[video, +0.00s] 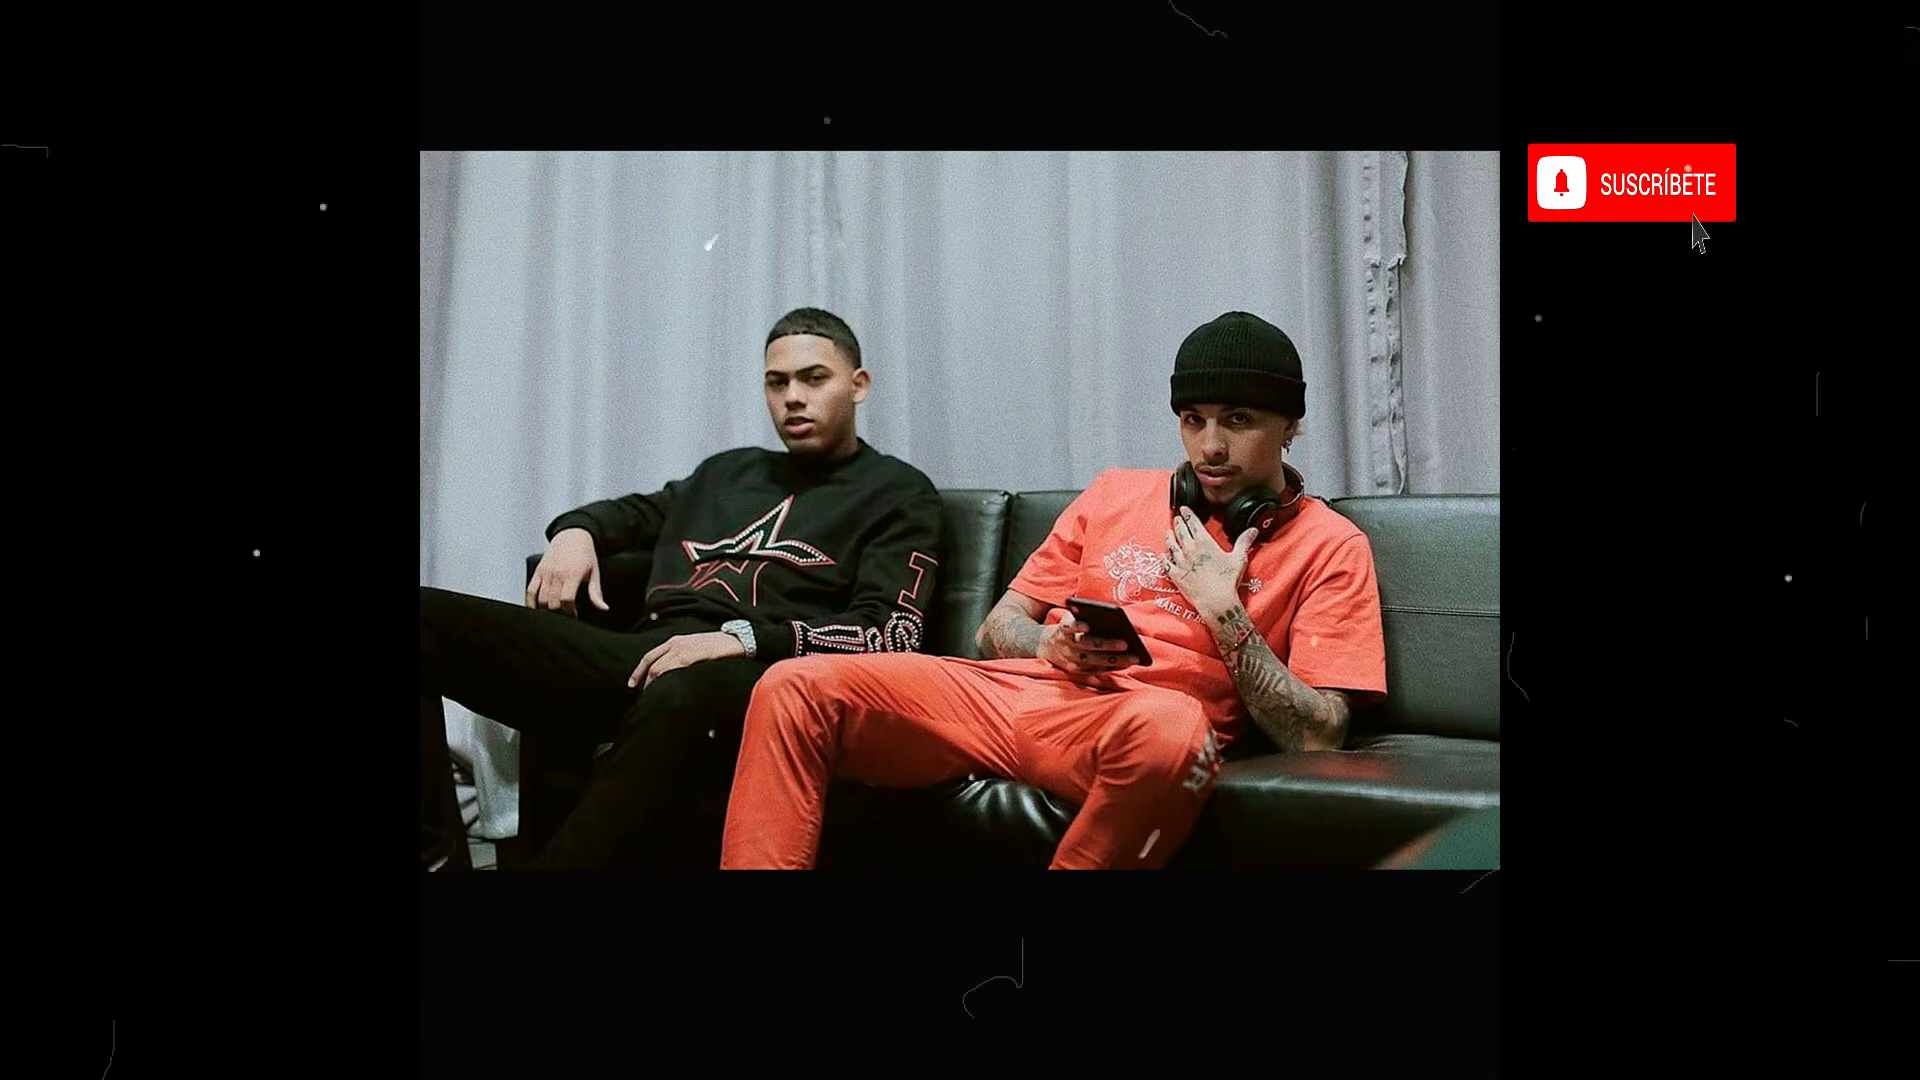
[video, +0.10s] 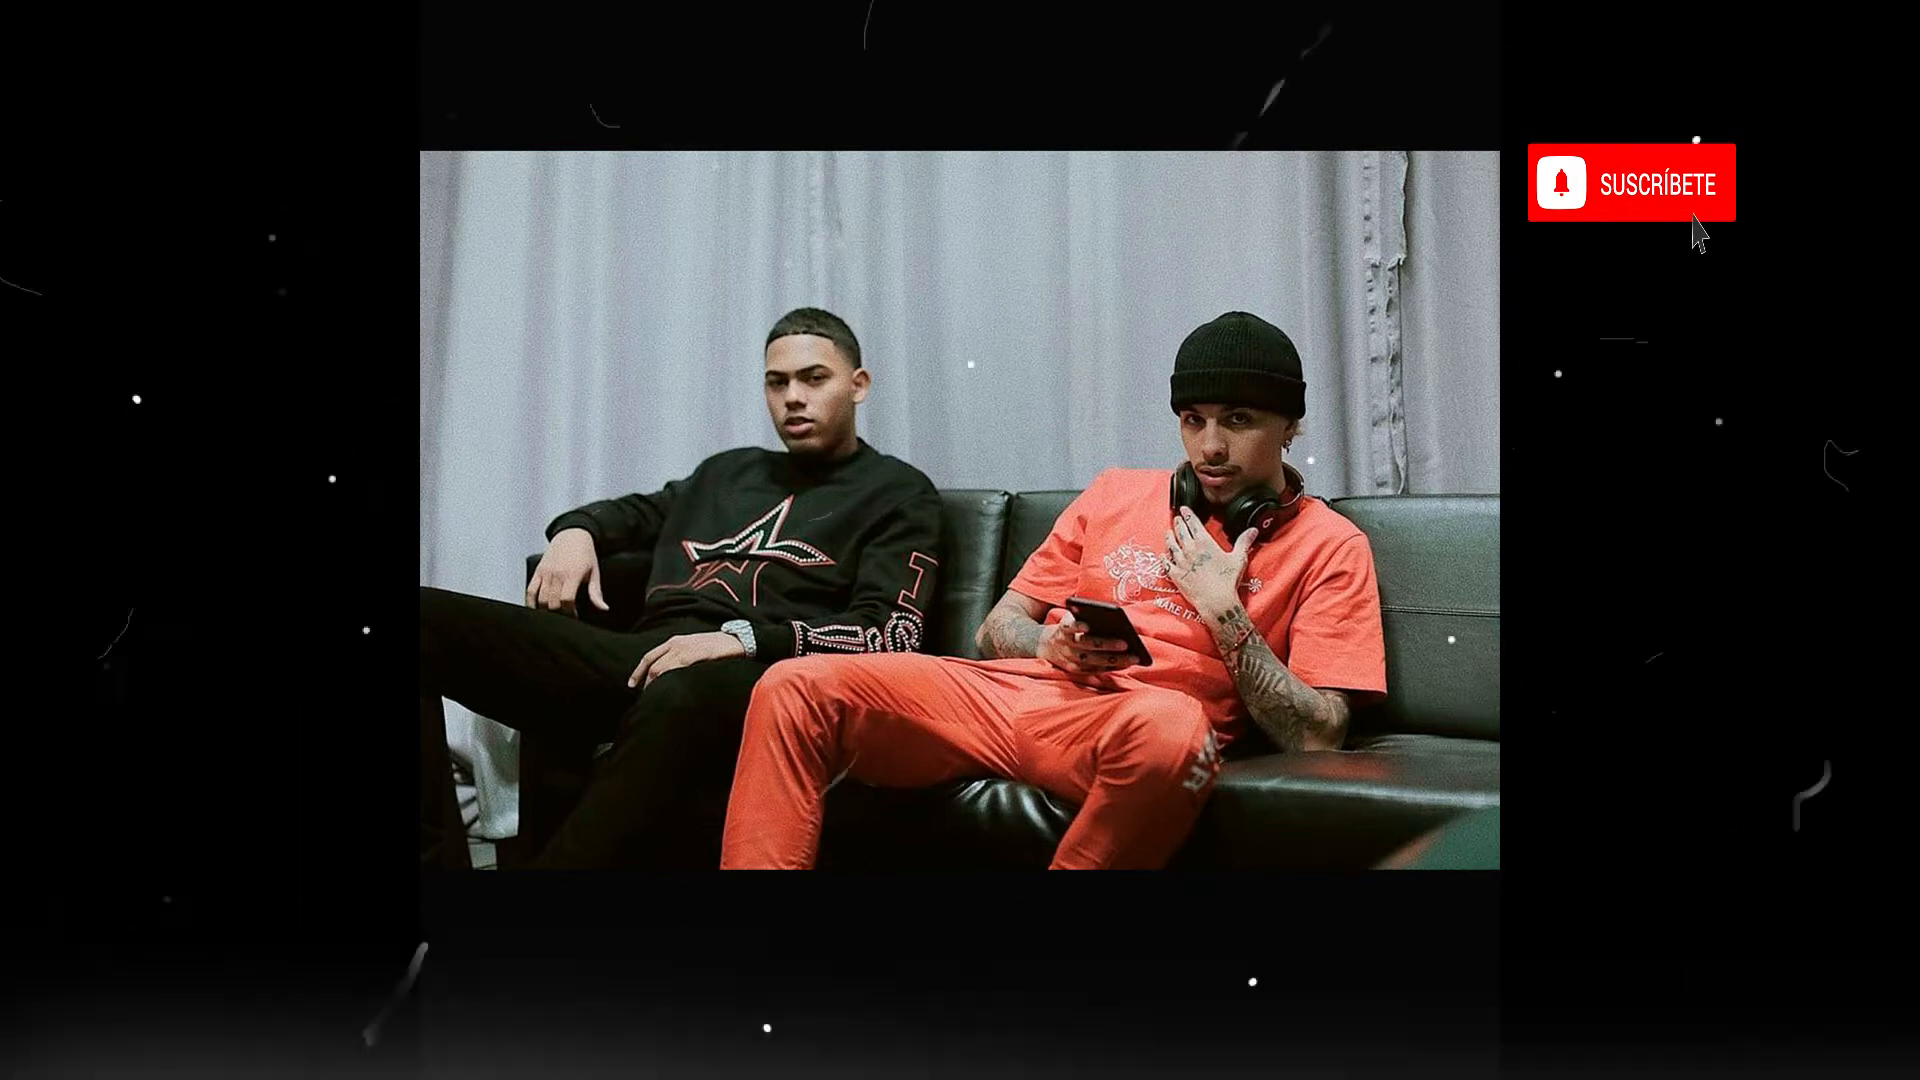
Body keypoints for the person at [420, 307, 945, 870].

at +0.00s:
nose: (793, 399)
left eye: (814, 379)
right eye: (779, 382)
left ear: (859, 385)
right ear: (765, 390)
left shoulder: (899, 494)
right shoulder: (728, 472)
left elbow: (893, 634)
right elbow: (641, 515)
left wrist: (743, 639)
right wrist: (575, 529)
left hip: (772, 680)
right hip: (641, 653)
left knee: (680, 700)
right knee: (424, 617)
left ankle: (561, 870)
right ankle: (439, 850)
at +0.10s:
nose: (793, 399)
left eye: (814, 379)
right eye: (779, 382)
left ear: (859, 385)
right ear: (765, 390)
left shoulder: (900, 494)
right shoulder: (728, 472)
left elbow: (894, 635)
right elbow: (642, 515)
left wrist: (742, 639)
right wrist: (575, 530)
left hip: (769, 681)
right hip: (637, 653)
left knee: (682, 700)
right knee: (419, 617)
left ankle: (555, 887)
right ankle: (441, 870)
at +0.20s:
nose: (793, 399)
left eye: (813, 379)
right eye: (779, 382)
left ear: (859, 385)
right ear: (765, 390)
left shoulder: (900, 494)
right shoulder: (728, 472)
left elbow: (893, 634)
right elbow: (641, 515)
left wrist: (741, 639)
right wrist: (574, 530)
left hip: (769, 681)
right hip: (637, 653)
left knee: (683, 699)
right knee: (426, 617)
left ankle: (562, 870)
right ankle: (441, 856)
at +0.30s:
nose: (793, 399)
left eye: (814, 378)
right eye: (779, 382)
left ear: (859, 384)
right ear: (765, 390)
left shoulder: (900, 494)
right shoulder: (728, 472)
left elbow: (893, 635)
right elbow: (642, 515)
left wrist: (742, 639)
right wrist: (575, 530)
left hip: (770, 682)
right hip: (637, 654)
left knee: (682, 701)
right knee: (426, 617)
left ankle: (562, 872)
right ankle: (441, 857)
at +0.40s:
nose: (793, 399)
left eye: (814, 378)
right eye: (779, 382)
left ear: (860, 385)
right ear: (765, 391)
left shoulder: (903, 495)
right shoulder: (728, 472)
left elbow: (892, 637)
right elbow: (642, 516)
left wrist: (743, 640)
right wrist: (575, 530)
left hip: (773, 682)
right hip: (638, 654)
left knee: (683, 701)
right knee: (425, 617)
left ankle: (561, 870)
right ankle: (440, 857)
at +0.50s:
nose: (793, 399)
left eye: (814, 378)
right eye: (779, 382)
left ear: (859, 385)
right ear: (765, 390)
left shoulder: (900, 494)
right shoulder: (727, 472)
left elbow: (893, 635)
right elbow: (643, 516)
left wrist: (743, 639)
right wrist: (575, 530)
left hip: (771, 681)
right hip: (637, 654)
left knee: (682, 701)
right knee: (424, 617)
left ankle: (561, 870)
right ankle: (440, 857)